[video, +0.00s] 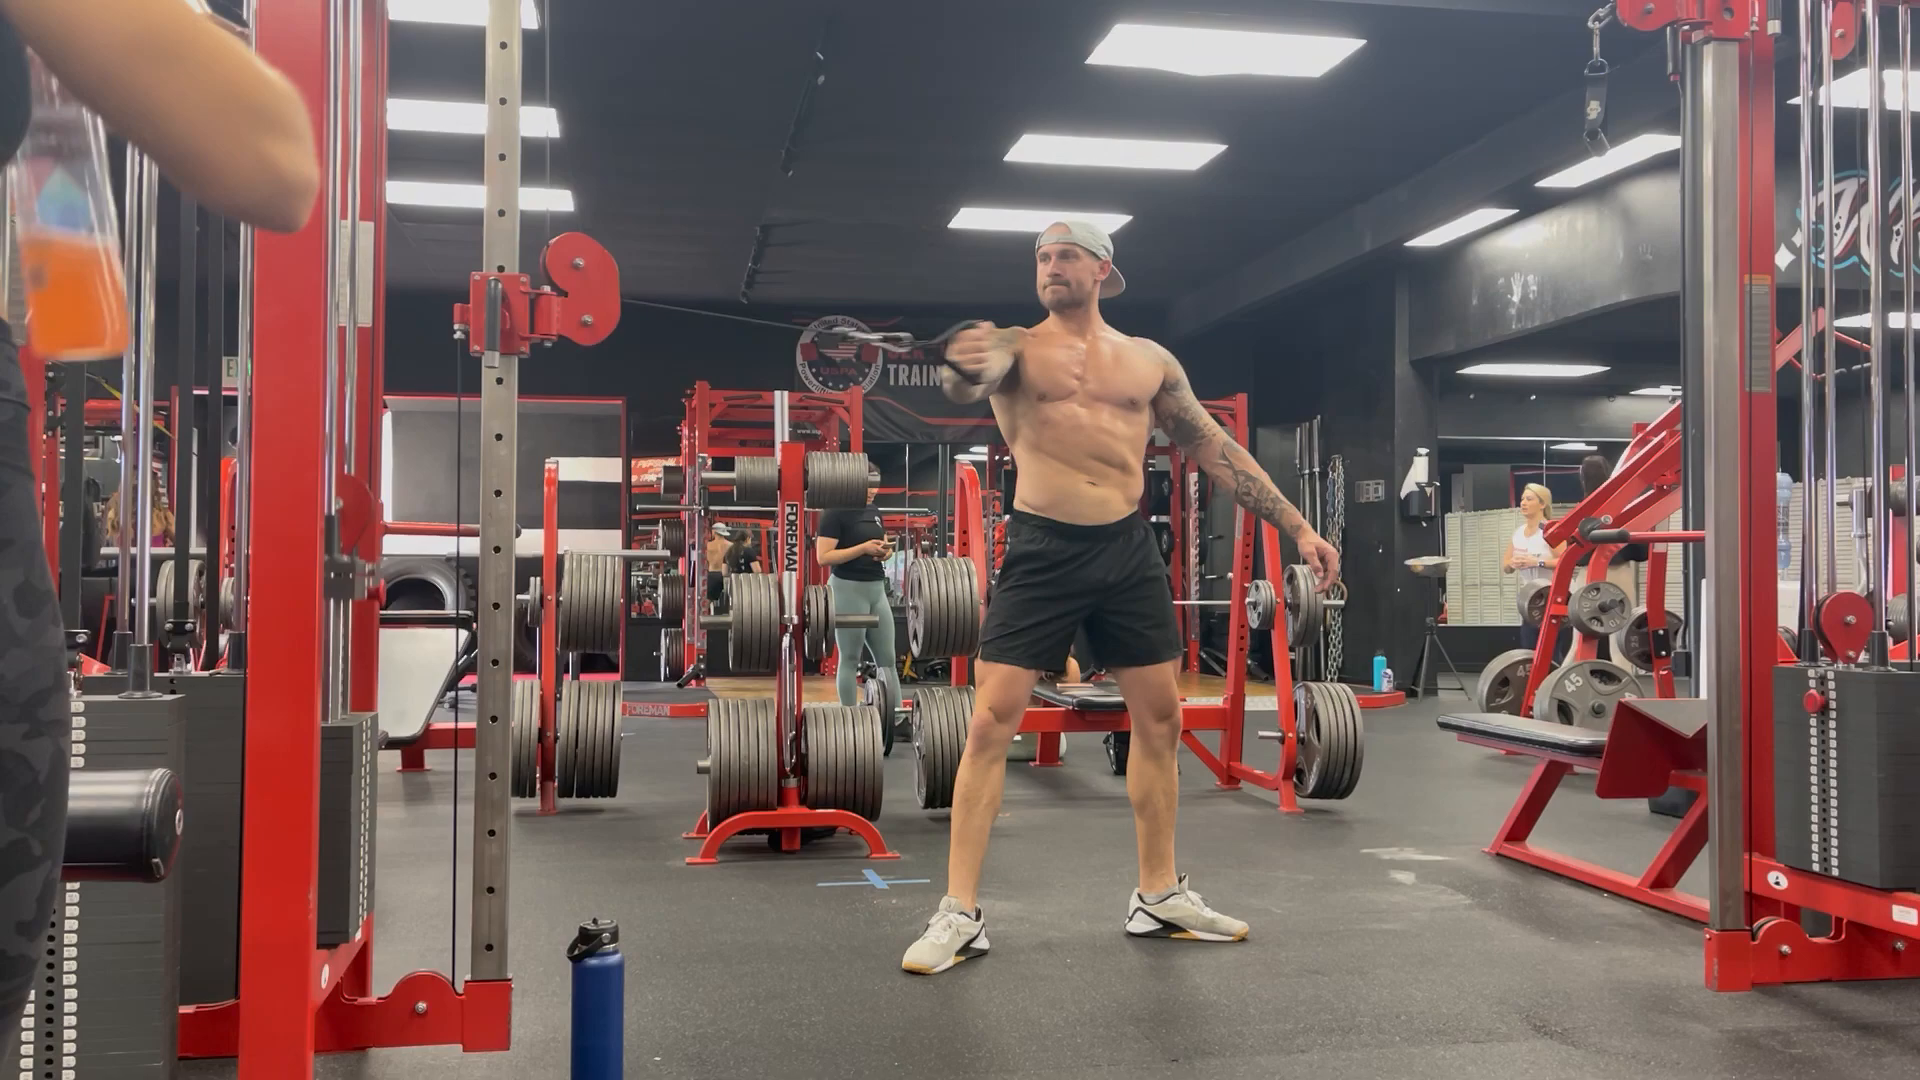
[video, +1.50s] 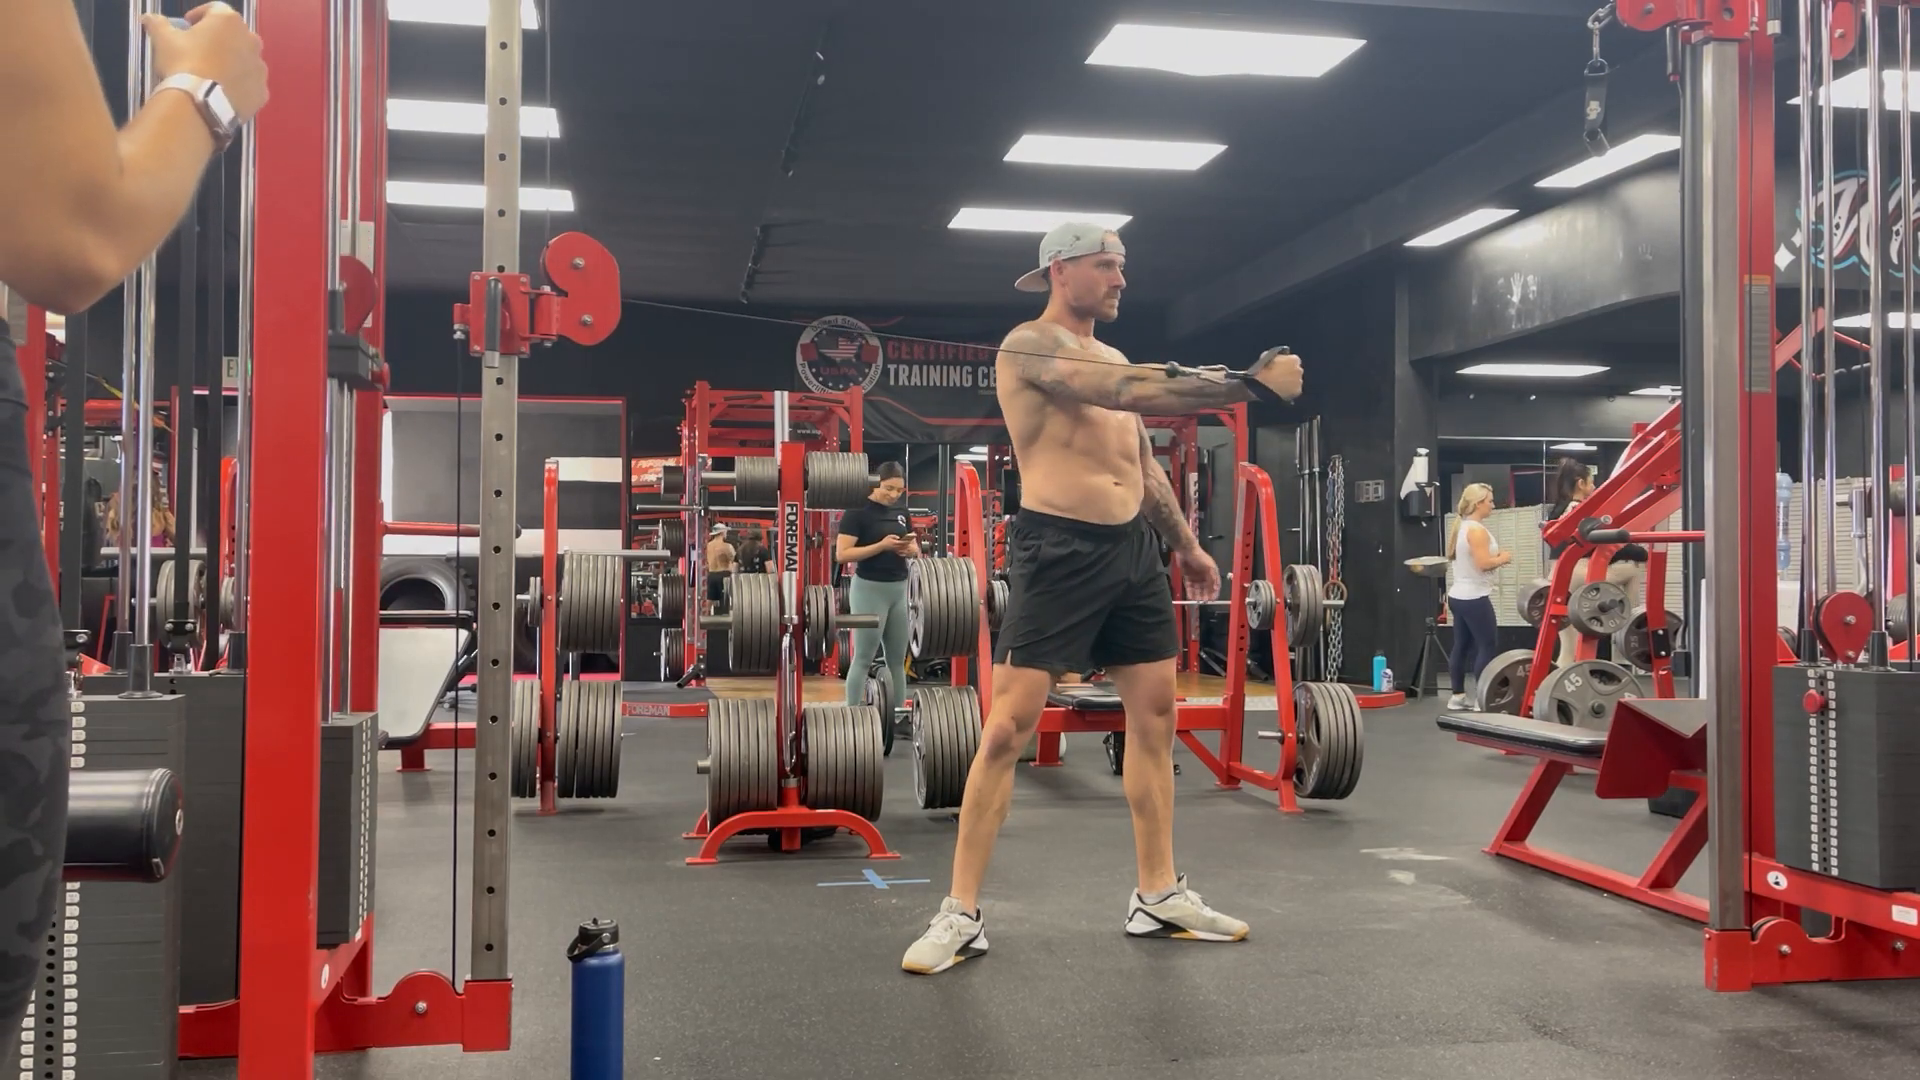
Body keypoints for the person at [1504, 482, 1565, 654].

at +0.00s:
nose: (1523, 503)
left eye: (1529, 499)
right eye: (1522, 499)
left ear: (1542, 504)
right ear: (1520, 503)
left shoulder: (1553, 530)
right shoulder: (1519, 532)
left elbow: (1565, 561)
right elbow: (1506, 567)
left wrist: (1537, 562)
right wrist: (1513, 563)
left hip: (1553, 598)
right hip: (1528, 597)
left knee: (1553, 652)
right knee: (1529, 648)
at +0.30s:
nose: (1520, 501)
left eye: (1525, 497)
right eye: (1516, 497)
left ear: (1535, 502)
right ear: (1512, 501)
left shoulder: (1547, 530)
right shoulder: (1500, 532)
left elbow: (1560, 562)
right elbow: (1488, 559)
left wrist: (1541, 561)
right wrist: (1499, 564)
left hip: (1540, 595)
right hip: (1508, 595)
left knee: (1546, 645)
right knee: (1500, 645)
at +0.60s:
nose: (1517, 501)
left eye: (1520, 498)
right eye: (1513, 496)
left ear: (1521, 503)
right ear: (1499, 499)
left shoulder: (1524, 532)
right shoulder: (1482, 526)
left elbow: (1526, 563)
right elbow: (1464, 552)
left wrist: (1533, 567)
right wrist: (1496, 553)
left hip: (1512, 594)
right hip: (1483, 594)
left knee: (1525, 644)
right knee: (1484, 648)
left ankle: (1526, 694)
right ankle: (1482, 697)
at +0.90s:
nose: (1510, 503)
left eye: (1510, 499)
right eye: (1507, 498)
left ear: (1496, 501)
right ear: (1492, 499)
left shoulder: (1498, 526)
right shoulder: (1480, 527)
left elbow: (1492, 557)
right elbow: (1477, 561)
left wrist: (1512, 561)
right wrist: (1510, 558)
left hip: (1492, 594)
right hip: (1474, 597)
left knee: (1495, 646)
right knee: (1480, 647)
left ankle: (1492, 693)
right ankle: (1478, 695)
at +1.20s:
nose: (1500, 504)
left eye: (1500, 499)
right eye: (1497, 499)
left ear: (1482, 503)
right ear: (1484, 502)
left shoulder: (1473, 525)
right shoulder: (1480, 528)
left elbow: (1480, 558)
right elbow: (1485, 562)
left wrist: (1504, 557)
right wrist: (1508, 555)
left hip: (1465, 595)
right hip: (1475, 598)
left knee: (1464, 646)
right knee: (1481, 648)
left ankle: (1459, 695)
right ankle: (1479, 698)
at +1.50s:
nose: (1492, 505)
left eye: (1492, 501)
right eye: (1490, 501)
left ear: (1472, 504)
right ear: (1478, 504)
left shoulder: (1461, 527)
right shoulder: (1477, 530)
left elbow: (1463, 558)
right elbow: (1482, 563)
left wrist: (1496, 557)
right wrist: (1502, 559)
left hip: (1458, 595)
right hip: (1475, 598)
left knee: (1460, 645)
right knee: (1487, 646)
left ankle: (1458, 695)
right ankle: (1482, 697)